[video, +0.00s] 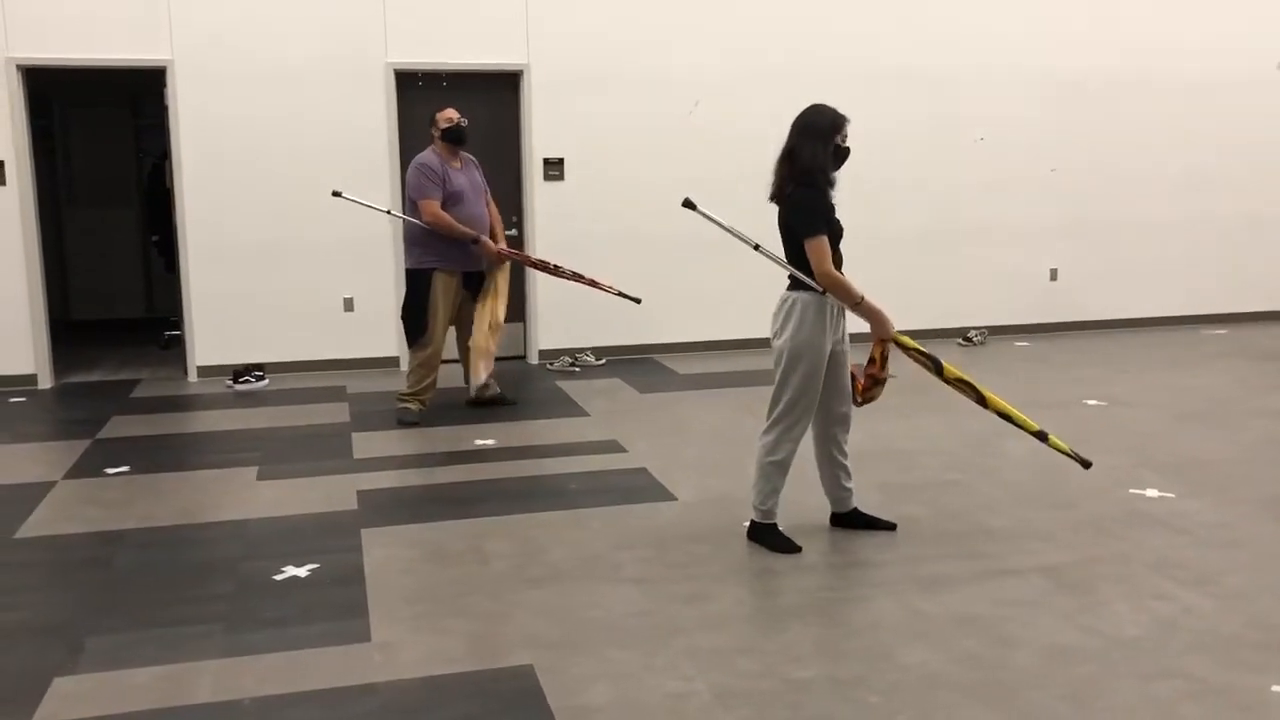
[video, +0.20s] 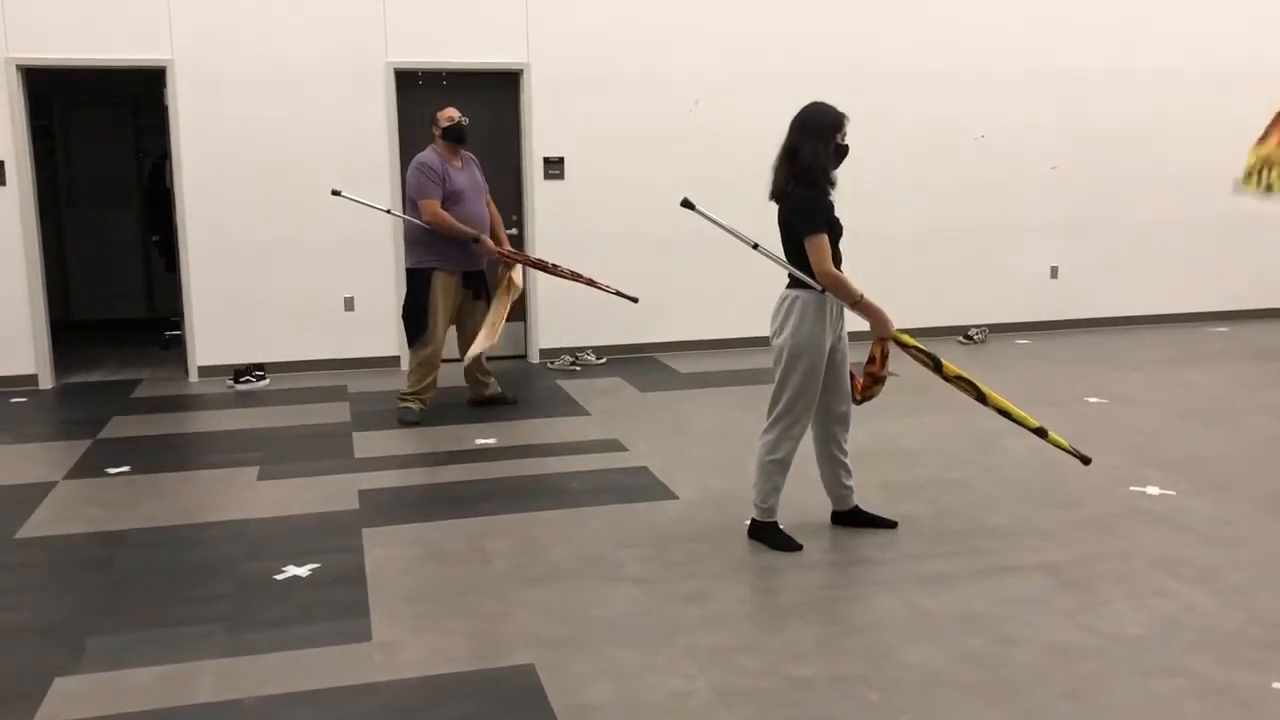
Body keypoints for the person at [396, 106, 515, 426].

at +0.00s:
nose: (457, 126)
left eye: (460, 122)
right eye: (449, 122)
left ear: (465, 129)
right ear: (435, 132)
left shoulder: (471, 163)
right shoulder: (424, 164)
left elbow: (489, 205)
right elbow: (431, 215)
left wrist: (500, 239)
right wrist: (477, 239)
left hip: (473, 264)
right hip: (433, 266)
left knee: (477, 330)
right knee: (429, 338)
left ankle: (482, 388)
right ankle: (412, 401)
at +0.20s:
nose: (458, 125)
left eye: (461, 121)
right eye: (451, 122)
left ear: (466, 128)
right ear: (437, 131)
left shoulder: (471, 162)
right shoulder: (424, 164)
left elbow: (488, 204)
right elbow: (431, 214)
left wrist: (504, 242)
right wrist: (477, 238)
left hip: (472, 264)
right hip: (433, 266)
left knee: (476, 331)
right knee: (429, 339)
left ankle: (483, 390)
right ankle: (412, 401)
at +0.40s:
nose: (458, 123)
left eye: (461, 119)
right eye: (451, 120)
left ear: (466, 126)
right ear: (436, 130)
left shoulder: (469, 159)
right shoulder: (424, 162)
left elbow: (482, 204)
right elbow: (428, 212)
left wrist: (499, 242)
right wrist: (473, 236)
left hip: (470, 262)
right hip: (432, 264)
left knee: (475, 331)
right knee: (428, 337)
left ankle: (482, 389)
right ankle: (412, 399)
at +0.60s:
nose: (458, 125)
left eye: (461, 120)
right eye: (451, 121)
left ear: (466, 125)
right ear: (436, 128)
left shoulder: (468, 157)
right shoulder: (424, 160)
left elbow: (477, 203)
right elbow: (427, 209)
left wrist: (493, 240)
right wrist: (472, 235)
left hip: (469, 260)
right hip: (432, 262)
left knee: (474, 329)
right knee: (428, 336)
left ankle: (481, 387)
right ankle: (411, 398)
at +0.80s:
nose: (457, 126)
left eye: (461, 121)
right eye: (451, 121)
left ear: (465, 125)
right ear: (437, 127)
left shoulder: (465, 156)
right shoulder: (424, 158)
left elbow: (475, 207)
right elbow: (427, 206)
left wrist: (489, 256)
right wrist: (471, 232)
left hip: (468, 258)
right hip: (432, 260)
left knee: (474, 328)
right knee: (427, 335)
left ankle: (481, 385)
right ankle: (410, 396)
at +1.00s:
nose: (457, 125)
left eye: (461, 120)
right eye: (451, 120)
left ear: (465, 124)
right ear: (435, 125)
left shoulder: (459, 155)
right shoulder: (424, 156)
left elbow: (467, 202)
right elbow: (428, 205)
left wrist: (482, 241)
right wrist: (471, 232)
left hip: (468, 256)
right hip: (432, 259)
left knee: (474, 325)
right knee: (427, 333)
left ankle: (480, 383)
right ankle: (410, 395)